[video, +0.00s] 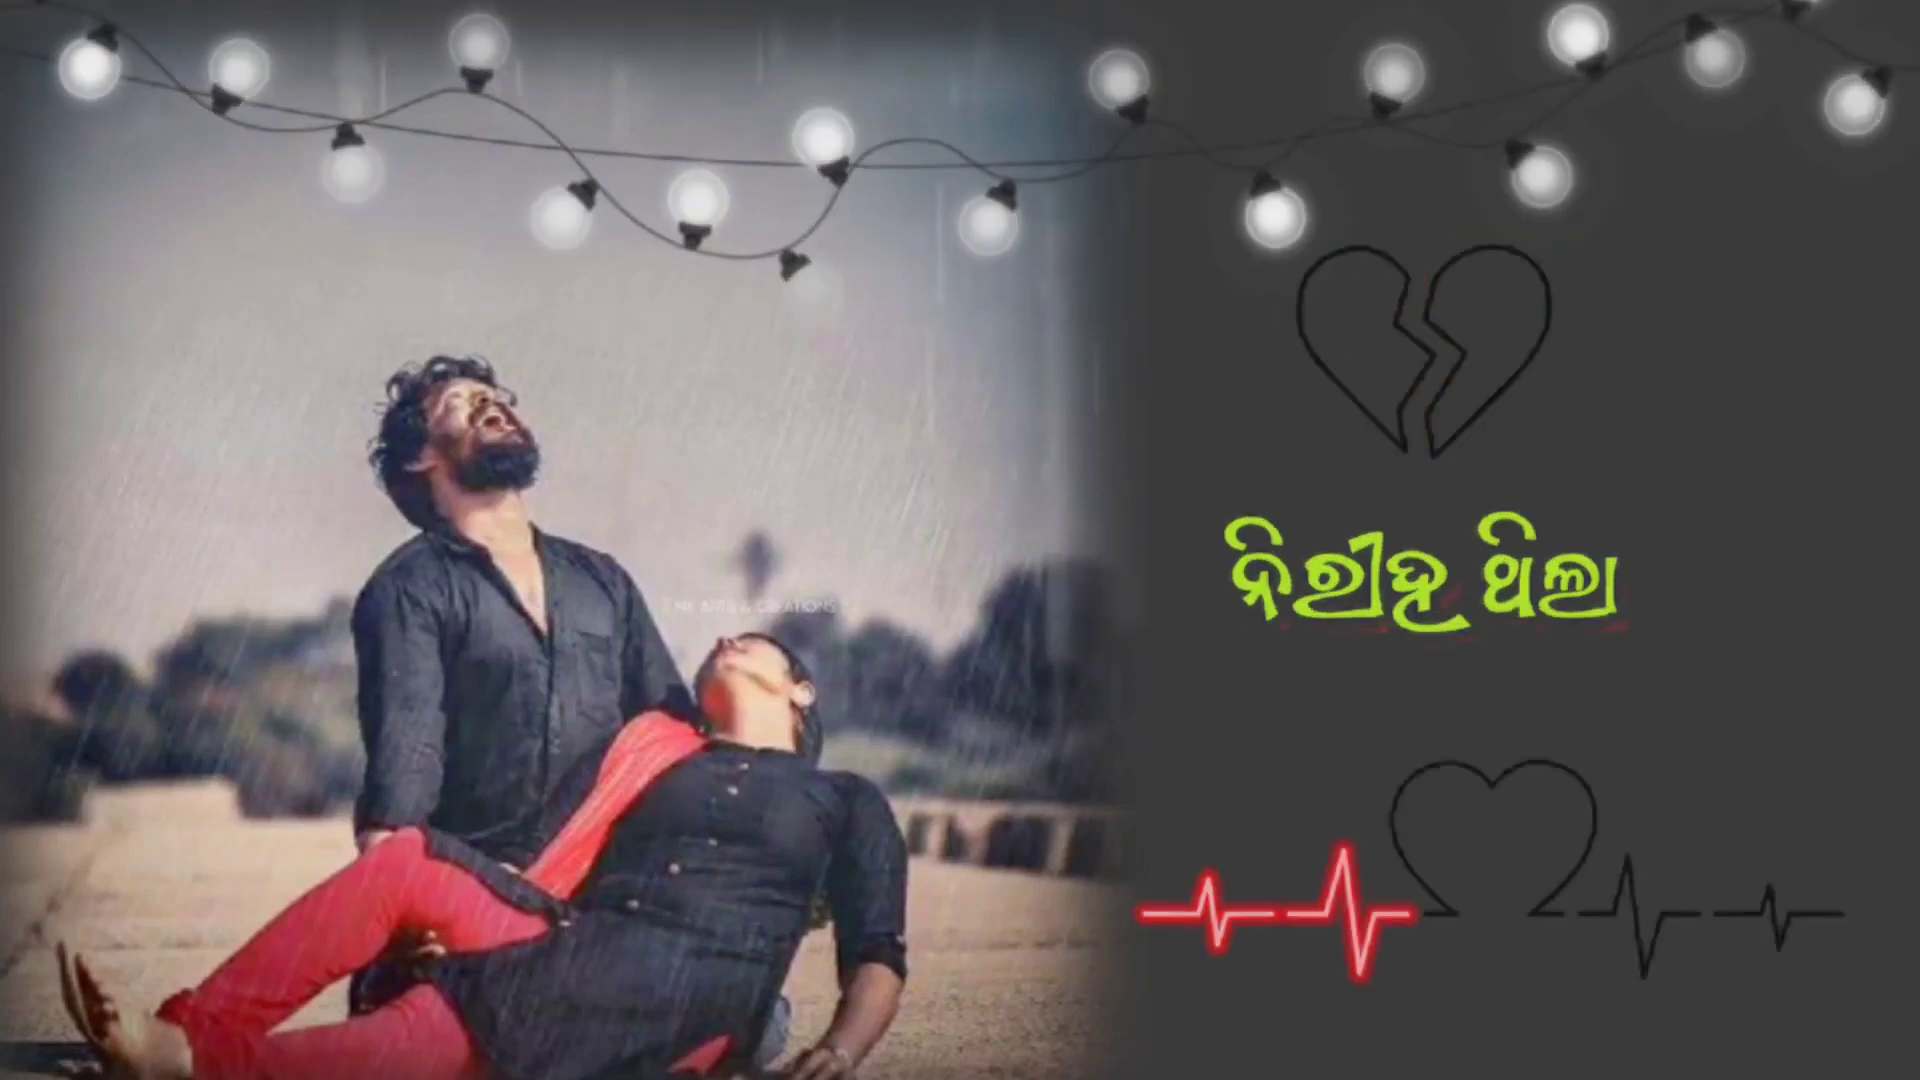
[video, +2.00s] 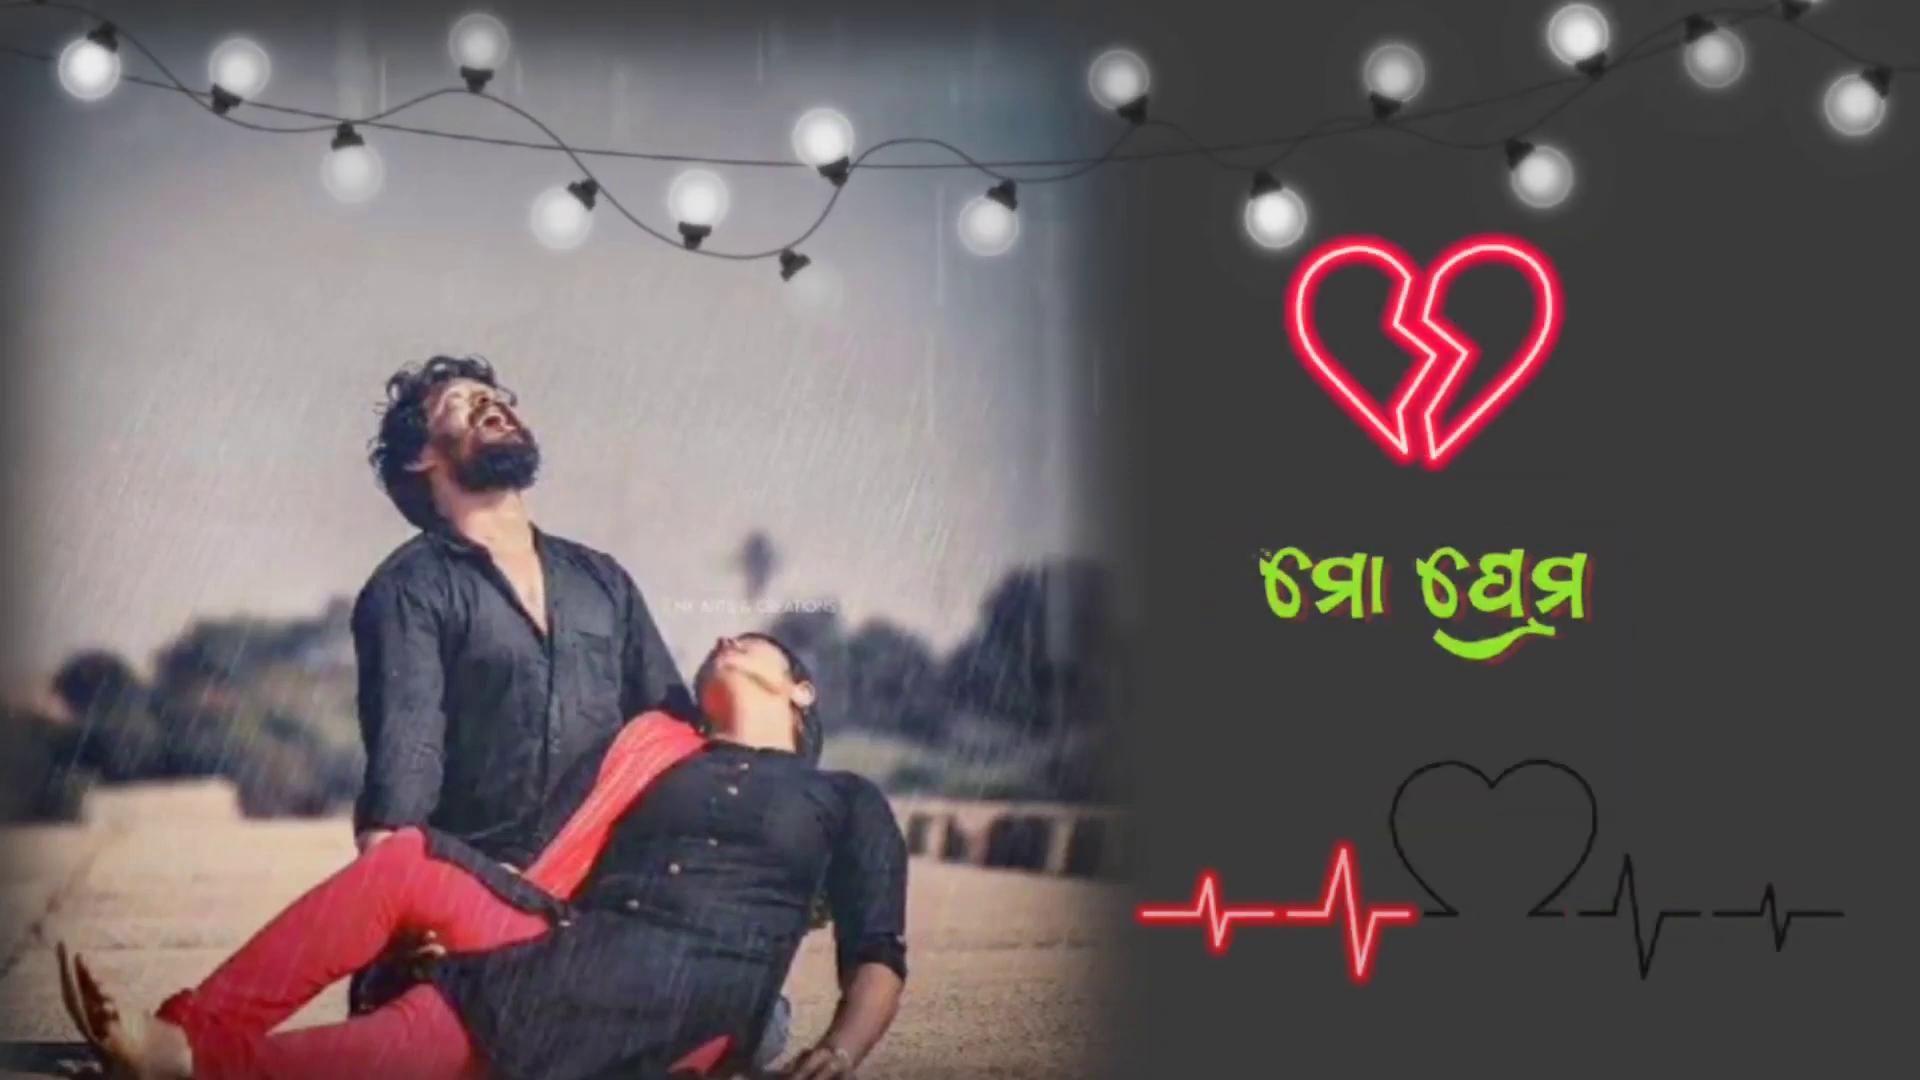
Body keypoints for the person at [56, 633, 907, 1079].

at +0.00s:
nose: (722, 662)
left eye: (749, 657)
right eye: (717, 661)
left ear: (799, 699)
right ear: (708, 699)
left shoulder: (843, 798)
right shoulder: (663, 757)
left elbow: (878, 967)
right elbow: (576, 894)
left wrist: (835, 1066)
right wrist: (456, 948)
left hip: (693, 981)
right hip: (588, 945)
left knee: (448, 1029)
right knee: (400, 860)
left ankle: (186, 1059)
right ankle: (178, 1040)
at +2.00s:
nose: (722, 662)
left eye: (749, 657)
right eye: (717, 661)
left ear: (799, 700)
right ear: (708, 699)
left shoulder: (843, 798)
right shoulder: (663, 757)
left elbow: (878, 967)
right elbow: (576, 894)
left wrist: (834, 1066)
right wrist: (456, 948)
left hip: (693, 981)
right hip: (588, 945)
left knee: (448, 1029)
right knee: (400, 860)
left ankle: (186, 1059)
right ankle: (178, 1040)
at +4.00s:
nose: (722, 662)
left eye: (749, 657)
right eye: (717, 661)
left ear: (799, 699)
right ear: (708, 699)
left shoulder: (843, 798)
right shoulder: (662, 757)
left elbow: (878, 967)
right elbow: (576, 895)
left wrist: (834, 1067)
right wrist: (456, 949)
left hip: (693, 981)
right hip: (588, 945)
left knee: (450, 1028)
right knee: (401, 861)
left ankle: (188, 1060)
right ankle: (178, 1040)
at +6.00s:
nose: (721, 660)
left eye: (749, 656)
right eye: (717, 659)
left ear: (799, 699)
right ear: (709, 698)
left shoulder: (844, 798)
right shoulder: (662, 755)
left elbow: (879, 967)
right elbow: (574, 892)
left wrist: (836, 1063)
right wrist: (455, 949)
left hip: (693, 982)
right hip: (587, 946)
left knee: (451, 1028)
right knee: (400, 859)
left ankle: (187, 1058)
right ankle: (178, 1041)